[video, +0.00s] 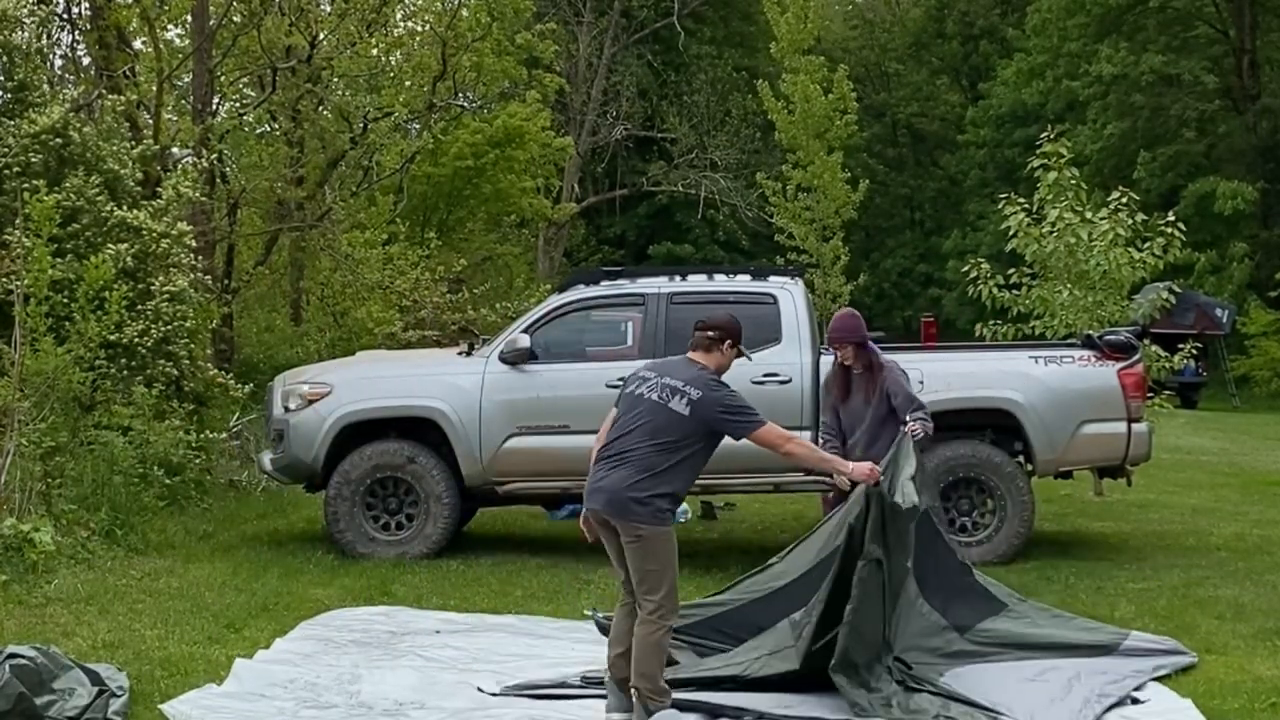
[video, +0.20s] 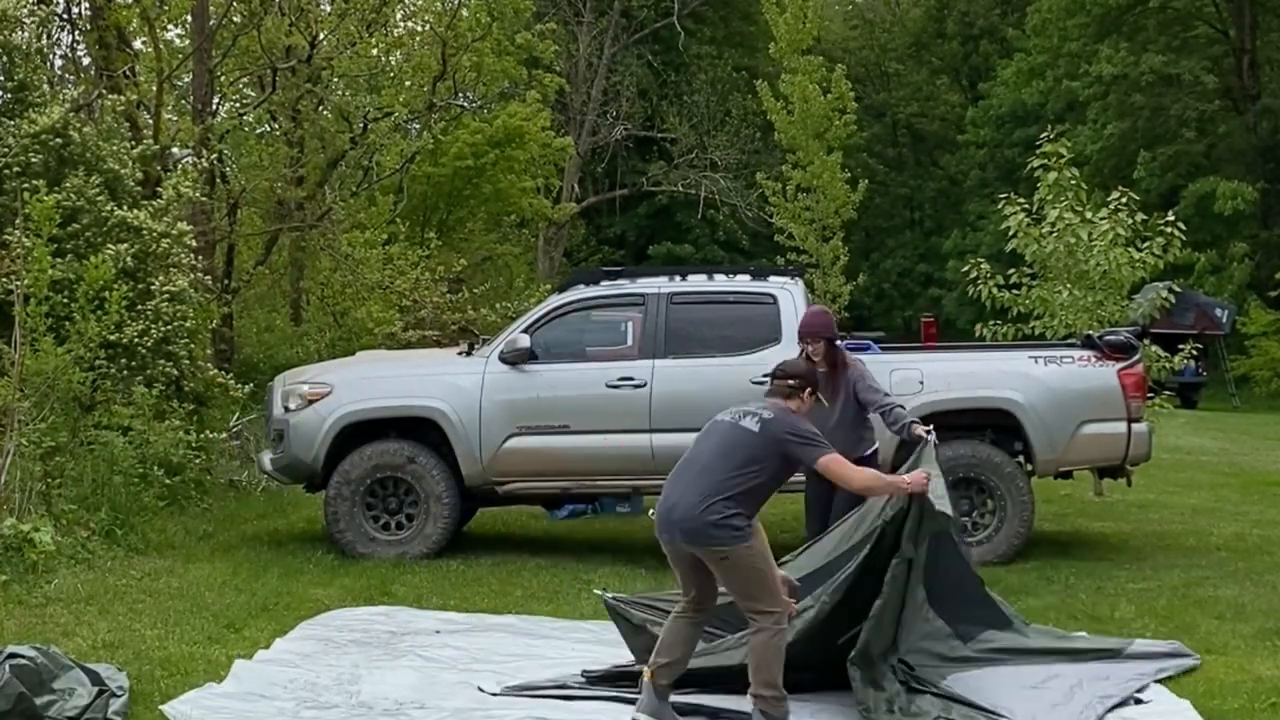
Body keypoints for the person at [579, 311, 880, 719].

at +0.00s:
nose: (733, 362)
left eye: (735, 355)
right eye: (734, 354)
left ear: (693, 343)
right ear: (725, 348)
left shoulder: (645, 372)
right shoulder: (714, 393)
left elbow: (601, 440)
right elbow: (785, 444)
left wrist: (590, 502)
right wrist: (846, 467)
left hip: (599, 496)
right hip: (642, 504)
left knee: (632, 596)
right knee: (657, 606)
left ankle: (619, 694)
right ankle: (651, 706)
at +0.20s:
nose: (812, 407)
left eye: (813, 401)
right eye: (813, 401)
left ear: (772, 390)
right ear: (804, 396)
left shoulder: (733, 413)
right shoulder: (791, 425)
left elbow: (730, 502)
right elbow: (854, 480)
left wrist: (766, 571)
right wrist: (902, 483)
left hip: (669, 518)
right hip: (719, 522)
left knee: (694, 602)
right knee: (770, 613)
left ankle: (652, 697)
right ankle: (770, 711)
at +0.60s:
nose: (821, 456)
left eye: (820, 450)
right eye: (821, 451)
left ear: (782, 443)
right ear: (816, 448)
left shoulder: (746, 458)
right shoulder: (811, 465)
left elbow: (748, 519)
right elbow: (889, 485)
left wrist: (806, 547)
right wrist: (953, 487)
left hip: (679, 538)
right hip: (735, 542)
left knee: (709, 609)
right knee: (786, 619)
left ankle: (690, 699)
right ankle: (770, 707)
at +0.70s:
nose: (822, 491)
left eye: (821, 486)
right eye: (819, 485)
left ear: (778, 474)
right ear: (807, 479)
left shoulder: (744, 494)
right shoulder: (797, 492)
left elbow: (752, 576)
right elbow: (874, 498)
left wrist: (807, 613)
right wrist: (941, 489)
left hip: (672, 574)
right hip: (721, 574)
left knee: (726, 619)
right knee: (801, 623)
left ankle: (694, 703)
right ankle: (773, 711)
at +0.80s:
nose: (832, 511)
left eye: (829, 507)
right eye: (825, 505)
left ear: (781, 500)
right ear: (802, 504)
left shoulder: (751, 519)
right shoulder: (790, 516)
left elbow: (769, 597)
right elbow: (867, 525)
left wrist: (805, 653)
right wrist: (924, 519)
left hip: (671, 608)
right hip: (703, 607)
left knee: (747, 617)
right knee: (809, 619)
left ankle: (697, 694)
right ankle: (774, 709)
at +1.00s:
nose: (807, 565)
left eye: (808, 560)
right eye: (807, 556)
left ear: (776, 530)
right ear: (794, 538)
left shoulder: (752, 558)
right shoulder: (772, 537)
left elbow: (782, 624)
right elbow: (856, 549)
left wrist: (824, 668)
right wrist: (901, 542)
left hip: (673, 640)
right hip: (690, 628)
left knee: (770, 636)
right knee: (795, 608)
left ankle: (700, 700)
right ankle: (774, 710)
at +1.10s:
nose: (803, 575)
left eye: (806, 569)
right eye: (805, 565)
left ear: (785, 551)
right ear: (792, 547)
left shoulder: (757, 574)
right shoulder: (765, 538)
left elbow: (787, 628)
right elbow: (845, 551)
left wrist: (826, 667)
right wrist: (896, 548)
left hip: (675, 645)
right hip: (682, 630)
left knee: (771, 641)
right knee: (782, 605)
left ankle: (703, 695)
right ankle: (774, 710)